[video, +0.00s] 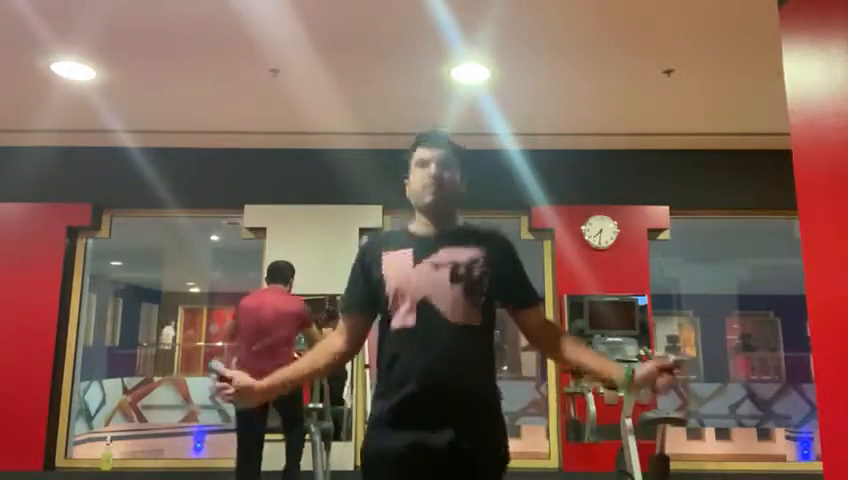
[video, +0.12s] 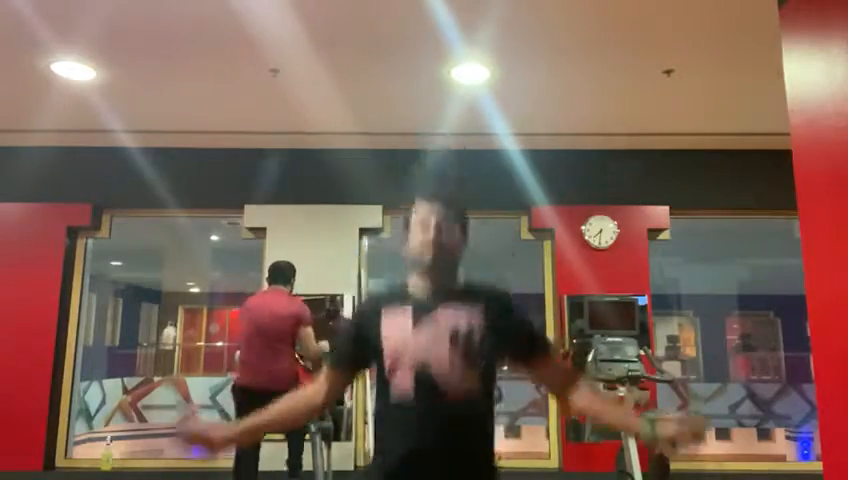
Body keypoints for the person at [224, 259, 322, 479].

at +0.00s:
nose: (292, 285)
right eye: (292, 282)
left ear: (266, 280)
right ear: (290, 282)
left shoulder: (246, 302)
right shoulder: (296, 305)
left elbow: (229, 334)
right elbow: (315, 340)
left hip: (247, 379)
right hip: (284, 378)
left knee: (249, 443)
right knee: (294, 428)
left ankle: (247, 475)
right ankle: (292, 471)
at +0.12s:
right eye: (292, 281)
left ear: (267, 280)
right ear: (292, 282)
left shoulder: (249, 303)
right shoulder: (298, 307)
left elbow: (245, 342)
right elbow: (310, 351)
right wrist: (320, 352)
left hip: (248, 385)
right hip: (284, 387)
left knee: (247, 443)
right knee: (296, 420)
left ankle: (244, 475)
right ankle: (295, 469)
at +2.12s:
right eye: (294, 276)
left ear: (268, 275)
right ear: (293, 277)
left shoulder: (251, 296)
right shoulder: (305, 301)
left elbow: (243, 336)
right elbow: (323, 339)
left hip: (253, 379)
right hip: (291, 380)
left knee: (256, 433)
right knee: (286, 438)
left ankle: (252, 476)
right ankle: (286, 476)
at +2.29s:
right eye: (290, 279)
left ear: (266, 279)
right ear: (291, 280)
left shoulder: (249, 302)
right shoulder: (304, 305)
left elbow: (233, 341)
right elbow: (322, 334)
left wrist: (230, 369)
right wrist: (318, 358)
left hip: (253, 380)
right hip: (289, 380)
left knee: (256, 434)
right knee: (285, 438)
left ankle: (257, 473)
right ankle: (284, 474)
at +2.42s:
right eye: (291, 276)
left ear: (265, 275)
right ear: (290, 277)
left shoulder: (246, 297)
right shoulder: (301, 300)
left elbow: (226, 338)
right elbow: (323, 328)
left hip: (250, 377)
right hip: (285, 378)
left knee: (254, 438)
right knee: (282, 438)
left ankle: (255, 475)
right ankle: (281, 475)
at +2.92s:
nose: (294, 278)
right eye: (294, 275)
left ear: (269, 274)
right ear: (293, 276)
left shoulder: (251, 297)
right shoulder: (301, 300)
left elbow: (242, 337)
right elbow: (314, 342)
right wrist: (325, 341)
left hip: (251, 377)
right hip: (284, 376)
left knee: (252, 435)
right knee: (287, 436)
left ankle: (249, 476)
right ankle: (289, 476)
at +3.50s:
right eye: (288, 281)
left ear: (263, 279)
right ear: (287, 282)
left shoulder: (245, 303)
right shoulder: (295, 306)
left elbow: (227, 336)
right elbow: (314, 339)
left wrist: (252, 335)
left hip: (248, 376)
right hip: (283, 376)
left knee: (248, 435)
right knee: (293, 426)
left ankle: (245, 475)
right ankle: (291, 470)